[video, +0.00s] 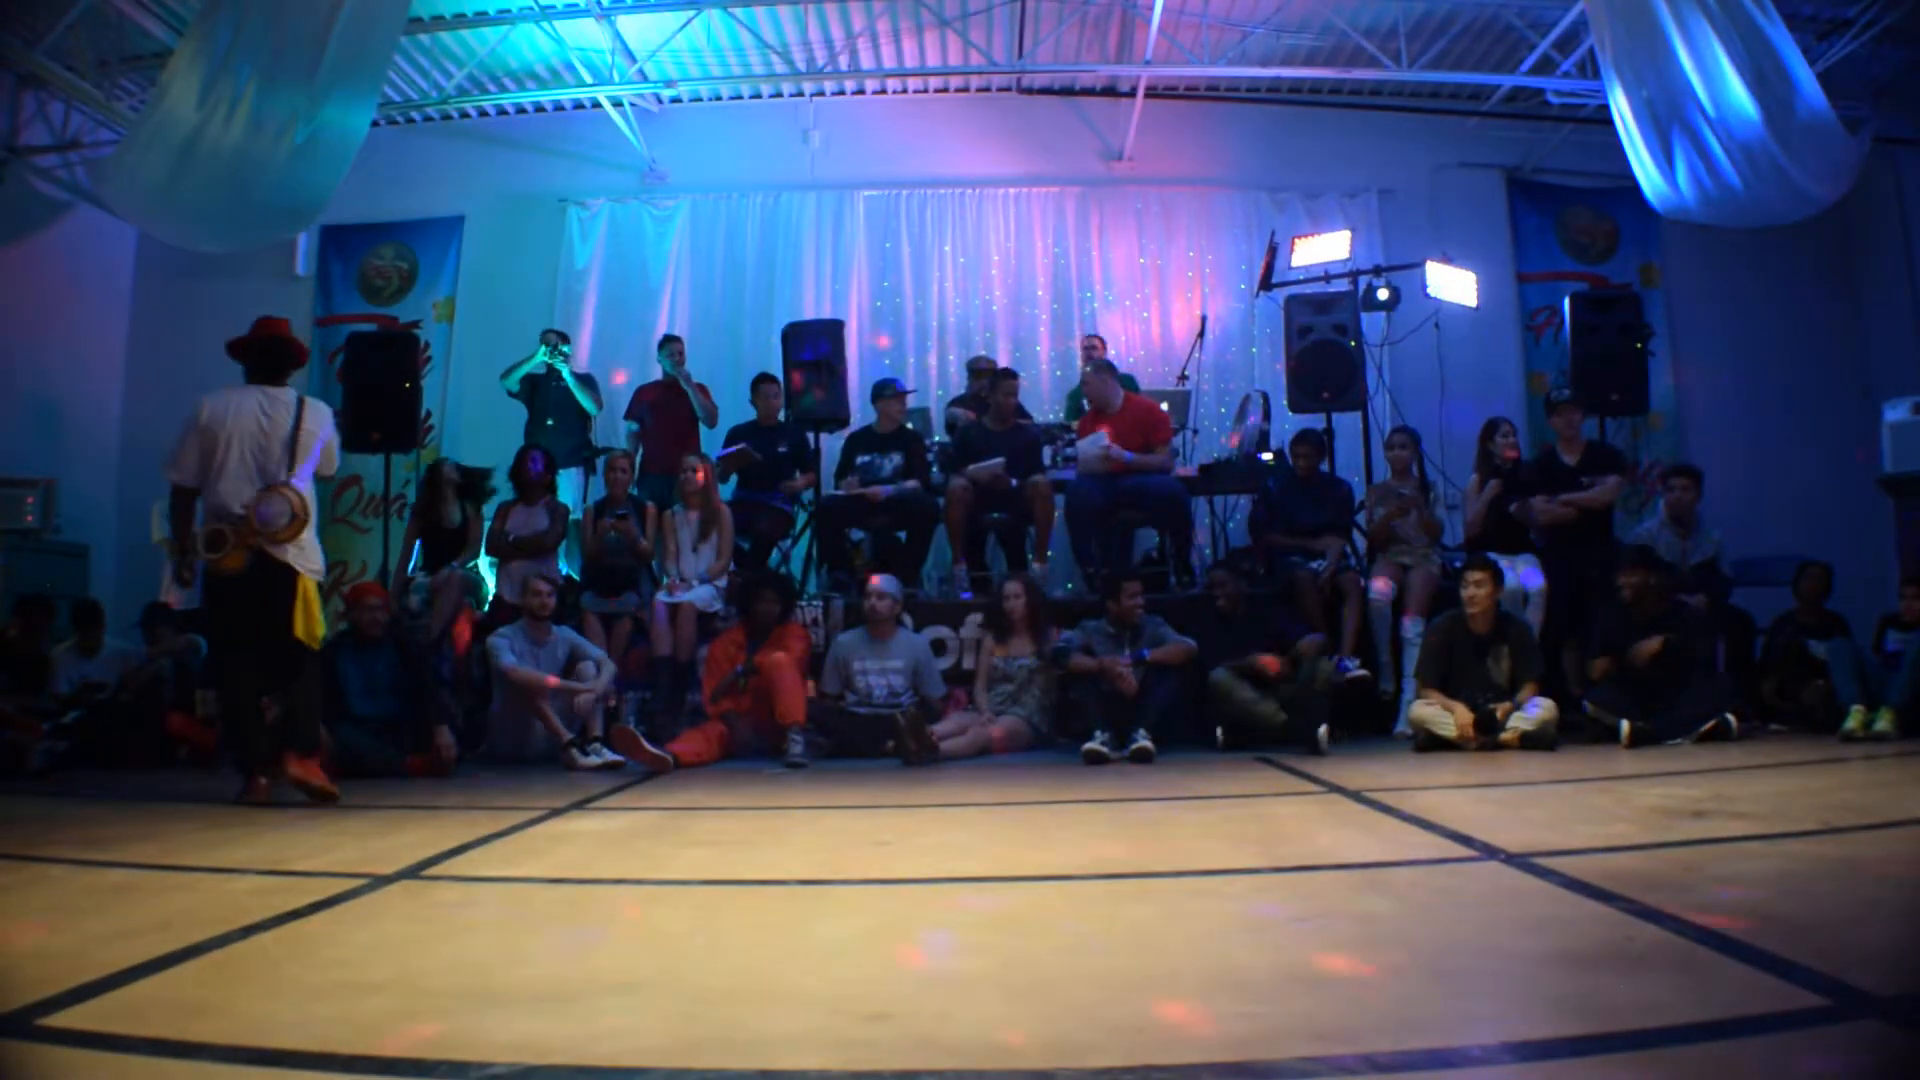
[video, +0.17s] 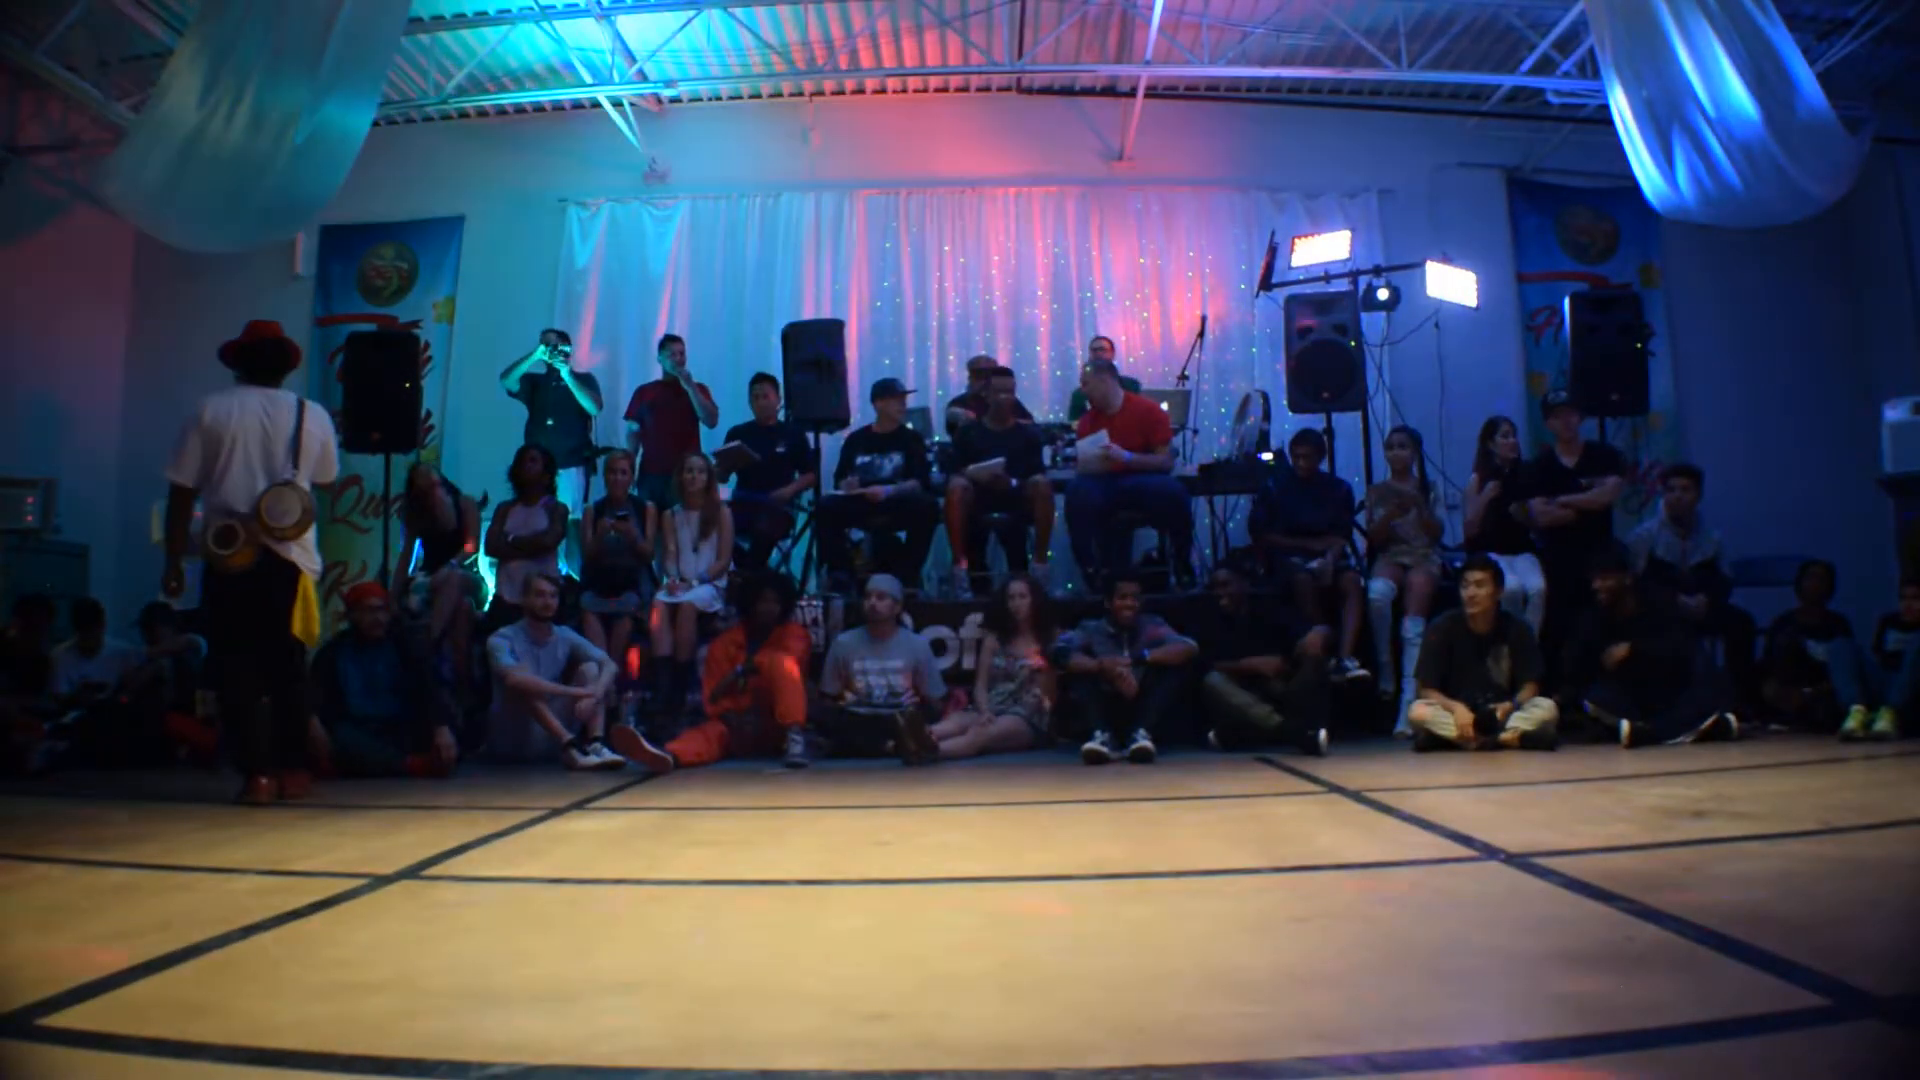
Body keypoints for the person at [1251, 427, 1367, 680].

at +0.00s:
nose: (1302, 463)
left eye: (1308, 457)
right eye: (1297, 457)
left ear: (1320, 457)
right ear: (1290, 456)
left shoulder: (1338, 488)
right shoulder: (1277, 486)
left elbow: (1341, 534)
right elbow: (1263, 535)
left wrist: (1330, 566)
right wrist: (1313, 544)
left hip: (1328, 553)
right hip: (1291, 554)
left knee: (1353, 582)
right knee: (1304, 580)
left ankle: (1346, 657)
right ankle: (1319, 653)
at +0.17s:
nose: (1302, 464)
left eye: (1308, 457)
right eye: (1296, 457)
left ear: (1320, 457)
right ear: (1290, 457)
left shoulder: (1337, 488)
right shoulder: (1277, 486)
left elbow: (1343, 533)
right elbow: (1262, 534)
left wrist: (1330, 559)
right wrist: (1312, 545)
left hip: (1328, 553)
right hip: (1290, 554)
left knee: (1352, 581)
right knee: (1303, 581)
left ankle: (1345, 656)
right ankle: (1316, 655)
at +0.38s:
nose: (1304, 462)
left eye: (1310, 456)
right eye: (1299, 456)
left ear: (1321, 456)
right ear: (1292, 455)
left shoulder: (1337, 487)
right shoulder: (1276, 486)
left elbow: (1345, 531)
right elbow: (1261, 534)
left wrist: (1332, 553)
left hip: (1329, 554)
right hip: (1291, 554)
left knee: (1352, 583)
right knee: (1301, 580)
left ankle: (1344, 658)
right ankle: (1316, 657)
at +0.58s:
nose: (1317, 460)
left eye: (1321, 454)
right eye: (1311, 454)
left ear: (1326, 455)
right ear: (1296, 454)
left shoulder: (1337, 487)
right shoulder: (1276, 485)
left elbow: (1347, 533)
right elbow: (1258, 533)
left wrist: (1329, 560)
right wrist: (1297, 521)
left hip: (1328, 553)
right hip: (1290, 554)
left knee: (1353, 585)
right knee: (1300, 583)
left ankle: (1345, 658)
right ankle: (1316, 658)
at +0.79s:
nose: (1318, 459)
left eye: (1322, 452)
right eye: (1311, 452)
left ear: (1327, 454)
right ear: (1295, 454)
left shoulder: (1337, 486)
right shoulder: (1277, 484)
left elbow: (1346, 534)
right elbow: (1261, 531)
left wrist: (1330, 561)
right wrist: (1297, 512)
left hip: (1327, 553)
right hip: (1290, 553)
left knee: (1353, 585)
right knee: (1301, 583)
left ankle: (1345, 658)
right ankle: (1314, 657)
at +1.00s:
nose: (1319, 458)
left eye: (1323, 452)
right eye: (1313, 452)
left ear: (1327, 454)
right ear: (1296, 454)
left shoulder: (1338, 486)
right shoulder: (1278, 485)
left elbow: (1347, 535)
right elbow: (1267, 535)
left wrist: (1330, 562)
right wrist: (1299, 510)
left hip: (1329, 554)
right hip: (1292, 554)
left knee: (1354, 585)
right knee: (1301, 584)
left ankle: (1347, 657)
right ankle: (1314, 658)